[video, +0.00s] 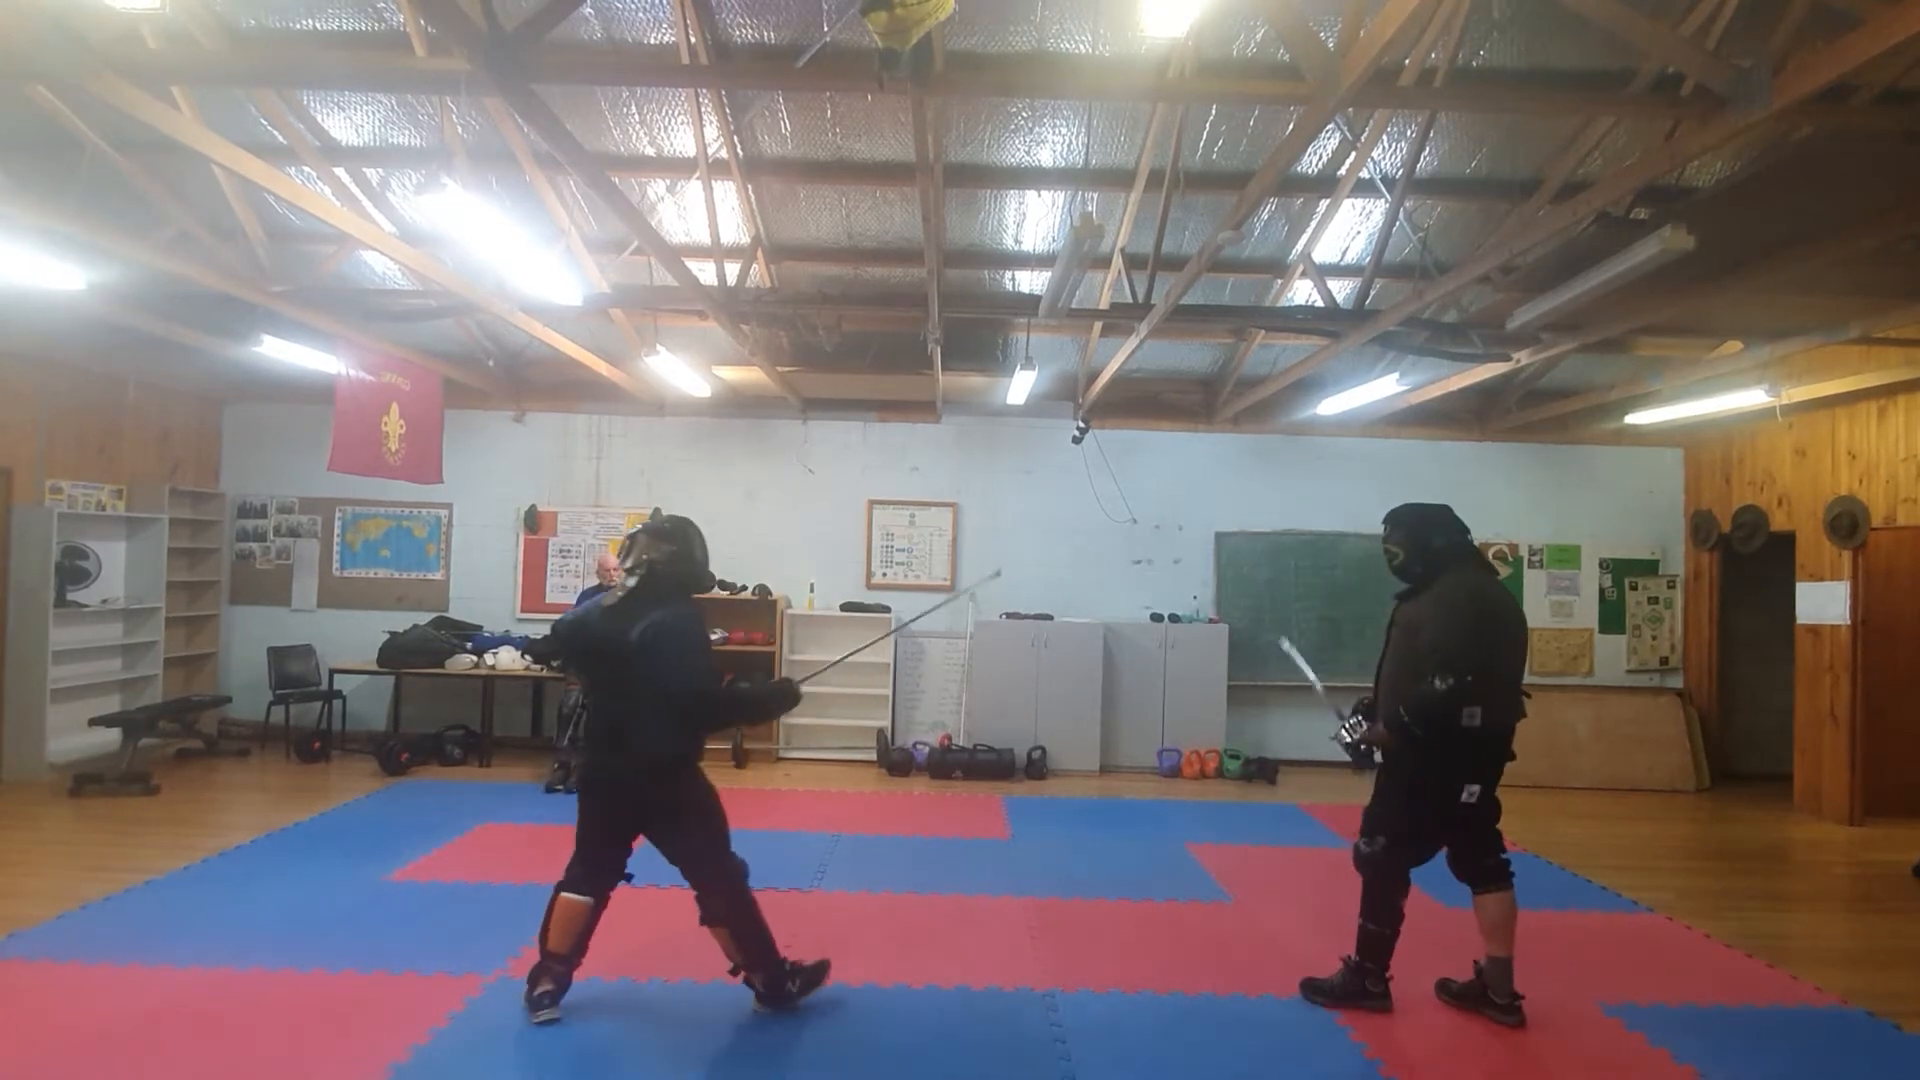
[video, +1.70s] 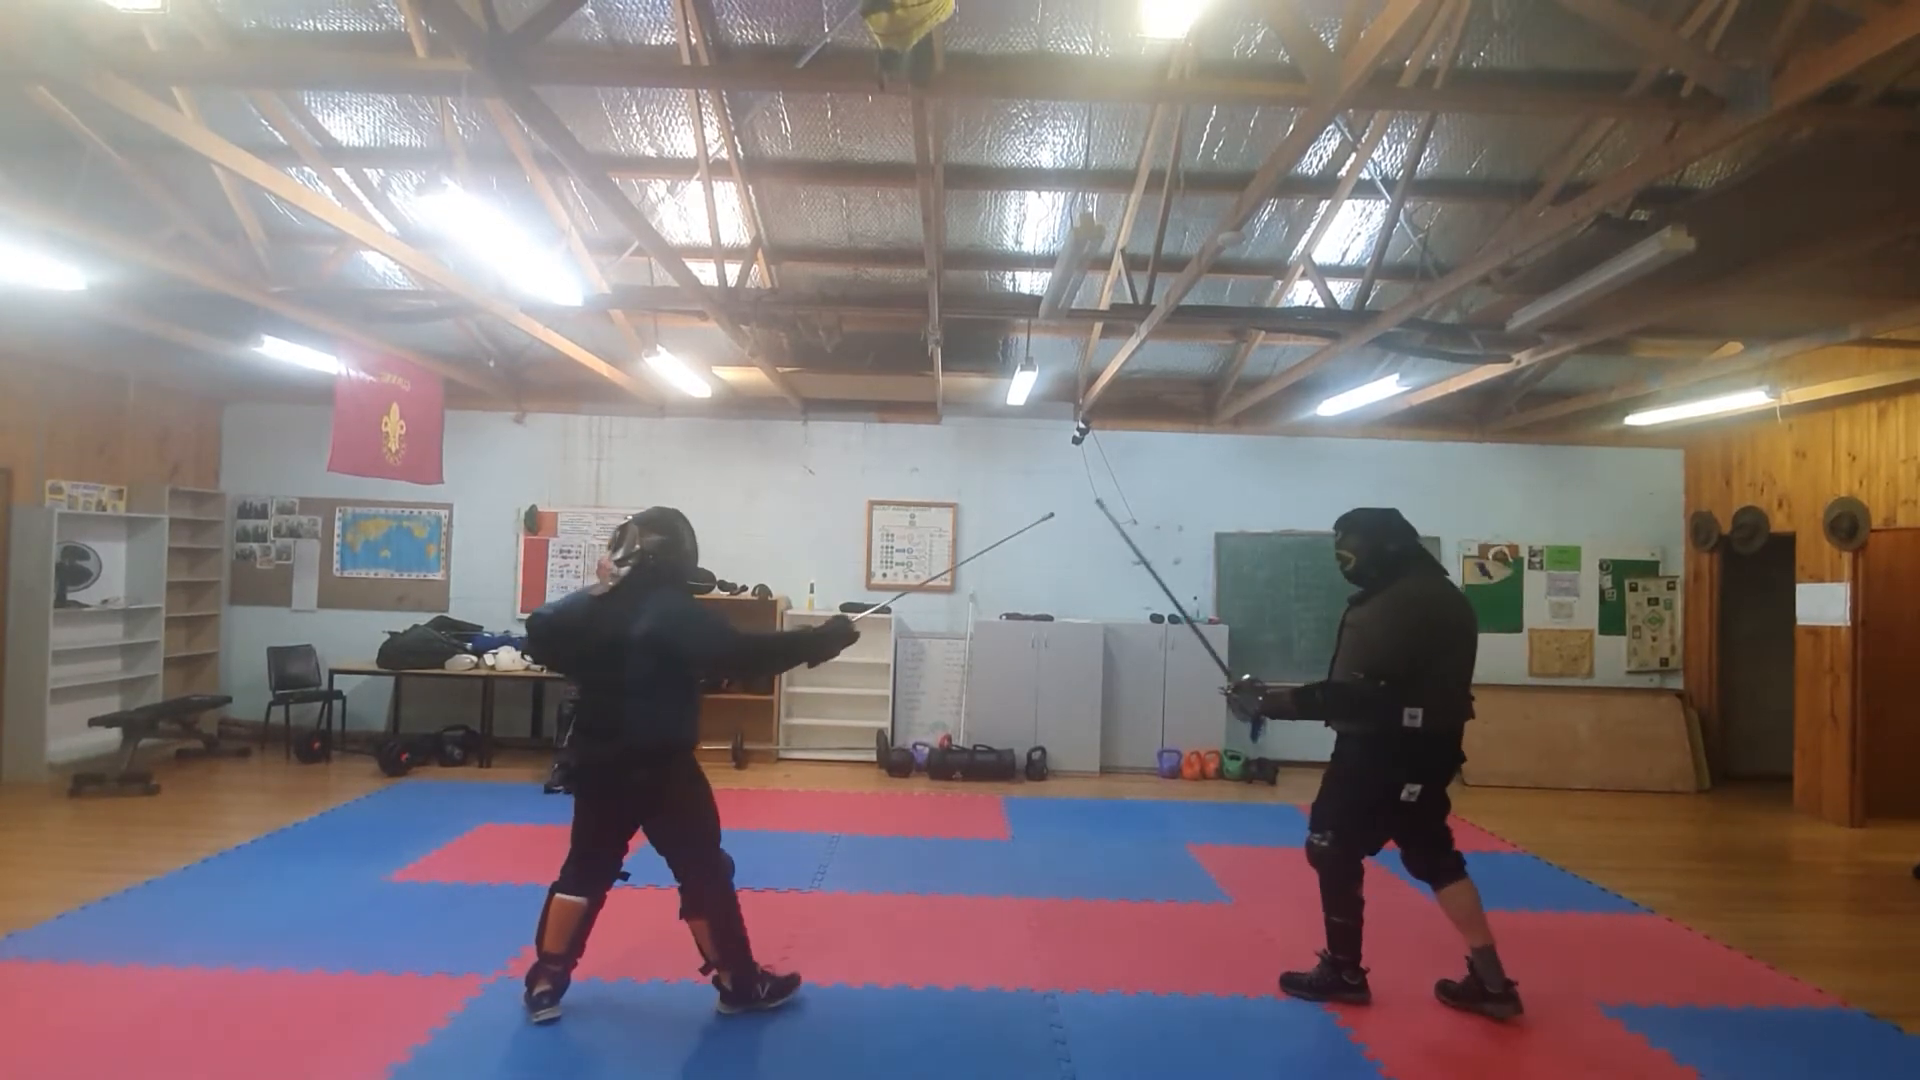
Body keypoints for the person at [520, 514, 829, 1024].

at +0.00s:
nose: (701, 572)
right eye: (698, 562)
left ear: (637, 560)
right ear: (687, 564)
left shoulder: (598, 615)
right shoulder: (677, 620)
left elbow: (549, 645)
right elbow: (696, 703)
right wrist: (774, 695)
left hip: (605, 780)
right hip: (668, 782)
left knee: (588, 874)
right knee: (718, 877)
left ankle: (546, 983)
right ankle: (770, 978)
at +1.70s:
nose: (692, 565)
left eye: (618, 551)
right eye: (688, 554)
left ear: (624, 555)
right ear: (682, 557)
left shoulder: (593, 612)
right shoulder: (685, 617)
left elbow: (539, 628)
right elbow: (750, 653)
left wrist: (592, 594)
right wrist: (829, 636)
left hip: (599, 773)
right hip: (668, 774)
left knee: (584, 868)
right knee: (704, 872)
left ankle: (544, 985)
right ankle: (739, 983)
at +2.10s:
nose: (735, 570)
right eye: (734, 560)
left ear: (670, 555)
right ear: (729, 562)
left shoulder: (637, 612)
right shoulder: (736, 619)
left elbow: (584, 627)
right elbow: (801, 654)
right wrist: (870, 637)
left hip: (646, 769)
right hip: (719, 770)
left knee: (627, 862)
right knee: (757, 862)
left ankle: (594, 981)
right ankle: (745, 983)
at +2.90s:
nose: (716, 567)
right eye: (715, 557)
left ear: (650, 551)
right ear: (708, 557)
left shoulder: (615, 609)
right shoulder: (708, 615)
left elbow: (567, 637)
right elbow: (767, 672)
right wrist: (841, 658)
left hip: (635, 774)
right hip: (706, 775)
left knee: (623, 868)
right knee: (754, 863)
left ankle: (591, 987)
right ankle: (761, 984)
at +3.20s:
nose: (757, 565)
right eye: (755, 555)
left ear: (691, 552)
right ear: (747, 555)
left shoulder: (651, 609)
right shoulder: (753, 608)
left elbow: (593, 626)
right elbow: (821, 632)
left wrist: (603, 593)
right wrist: (900, 620)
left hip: (663, 773)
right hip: (738, 773)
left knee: (635, 871)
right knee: (767, 871)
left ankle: (593, 988)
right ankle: (769, 992)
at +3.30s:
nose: (762, 563)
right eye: (760, 555)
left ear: (696, 551)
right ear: (750, 554)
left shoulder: (654, 604)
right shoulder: (754, 603)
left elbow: (600, 626)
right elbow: (825, 619)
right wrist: (908, 604)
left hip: (664, 767)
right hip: (737, 768)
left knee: (644, 867)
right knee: (768, 870)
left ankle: (613, 989)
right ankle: (769, 991)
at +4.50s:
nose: (798, 568)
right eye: (796, 558)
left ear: (730, 554)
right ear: (787, 559)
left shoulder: (693, 617)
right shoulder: (792, 611)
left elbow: (642, 649)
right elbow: (858, 627)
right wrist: (938, 610)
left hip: (715, 783)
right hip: (785, 782)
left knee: (708, 880)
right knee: (840, 871)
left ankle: (671, 999)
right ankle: (830, 997)